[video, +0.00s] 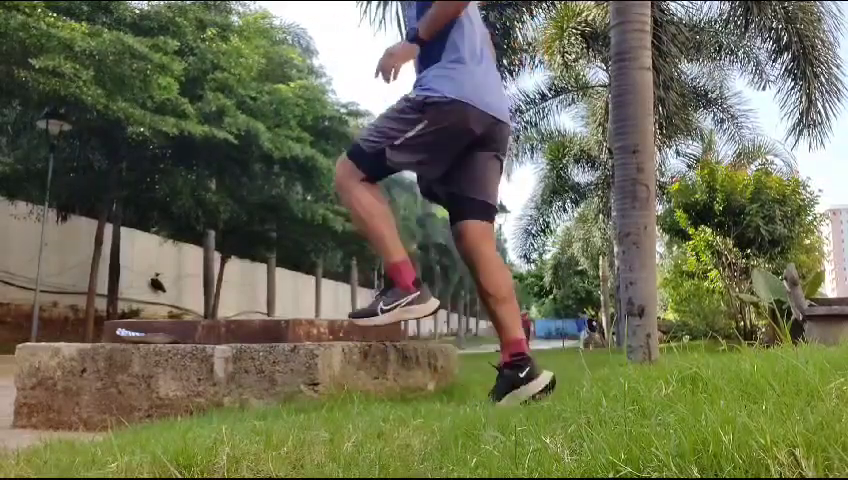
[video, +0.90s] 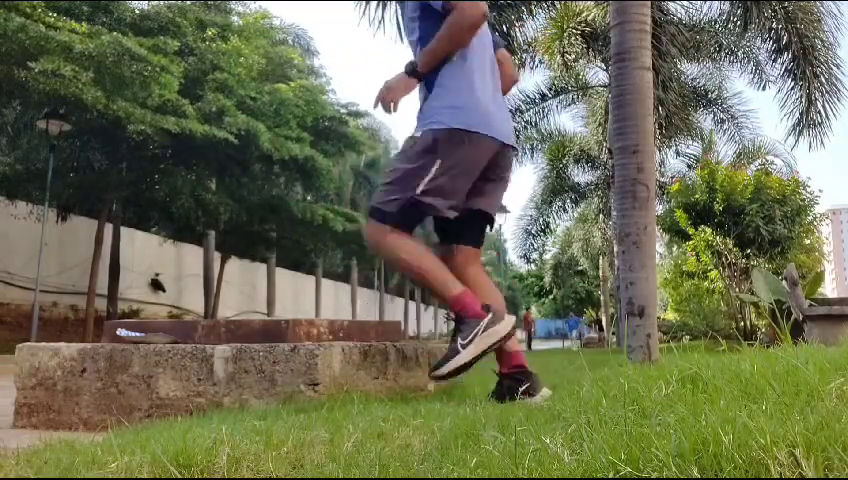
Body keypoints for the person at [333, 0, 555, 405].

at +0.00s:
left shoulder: (426, 6)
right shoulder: (470, 19)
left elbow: (457, 2)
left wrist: (413, 42)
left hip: (446, 91)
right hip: (494, 109)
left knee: (350, 173)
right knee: (476, 236)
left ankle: (405, 284)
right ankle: (517, 361)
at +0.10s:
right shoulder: (468, 6)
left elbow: (427, 1)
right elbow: (485, 33)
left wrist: (403, 23)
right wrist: (431, 40)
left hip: (431, 78)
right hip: (479, 90)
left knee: (368, 190)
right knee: (444, 214)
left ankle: (397, 311)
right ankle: (502, 328)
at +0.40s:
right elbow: (495, 9)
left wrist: (384, 6)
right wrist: (457, 47)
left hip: (433, 63)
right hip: (475, 72)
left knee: (398, 187)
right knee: (436, 192)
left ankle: (462, 301)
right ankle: (436, 312)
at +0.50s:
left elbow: (378, 12)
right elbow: (508, 2)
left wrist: (380, 8)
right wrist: (469, 34)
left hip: (449, 62)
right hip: (485, 70)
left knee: (425, 195)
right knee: (427, 194)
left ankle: (480, 323)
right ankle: (443, 307)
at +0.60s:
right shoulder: (484, 5)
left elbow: (420, 4)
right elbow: (525, 17)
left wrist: (393, 33)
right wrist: (481, 52)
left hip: (458, 96)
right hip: (496, 105)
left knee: (458, 239)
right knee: (405, 203)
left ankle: (502, 370)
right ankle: (473, 307)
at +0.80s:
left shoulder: (427, 2)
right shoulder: (485, 6)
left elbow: (460, 4)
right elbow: (524, 42)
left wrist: (404, 61)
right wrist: (480, 90)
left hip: (453, 110)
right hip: (490, 116)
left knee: (441, 247)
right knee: (447, 247)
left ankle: (509, 372)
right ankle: (509, 365)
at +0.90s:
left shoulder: (426, 3)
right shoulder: (469, 17)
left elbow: (472, 10)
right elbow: (508, 70)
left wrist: (410, 74)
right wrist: (458, 102)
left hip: (455, 122)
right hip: (500, 132)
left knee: (382, 230)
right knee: (463, 258)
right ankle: (516, 373)